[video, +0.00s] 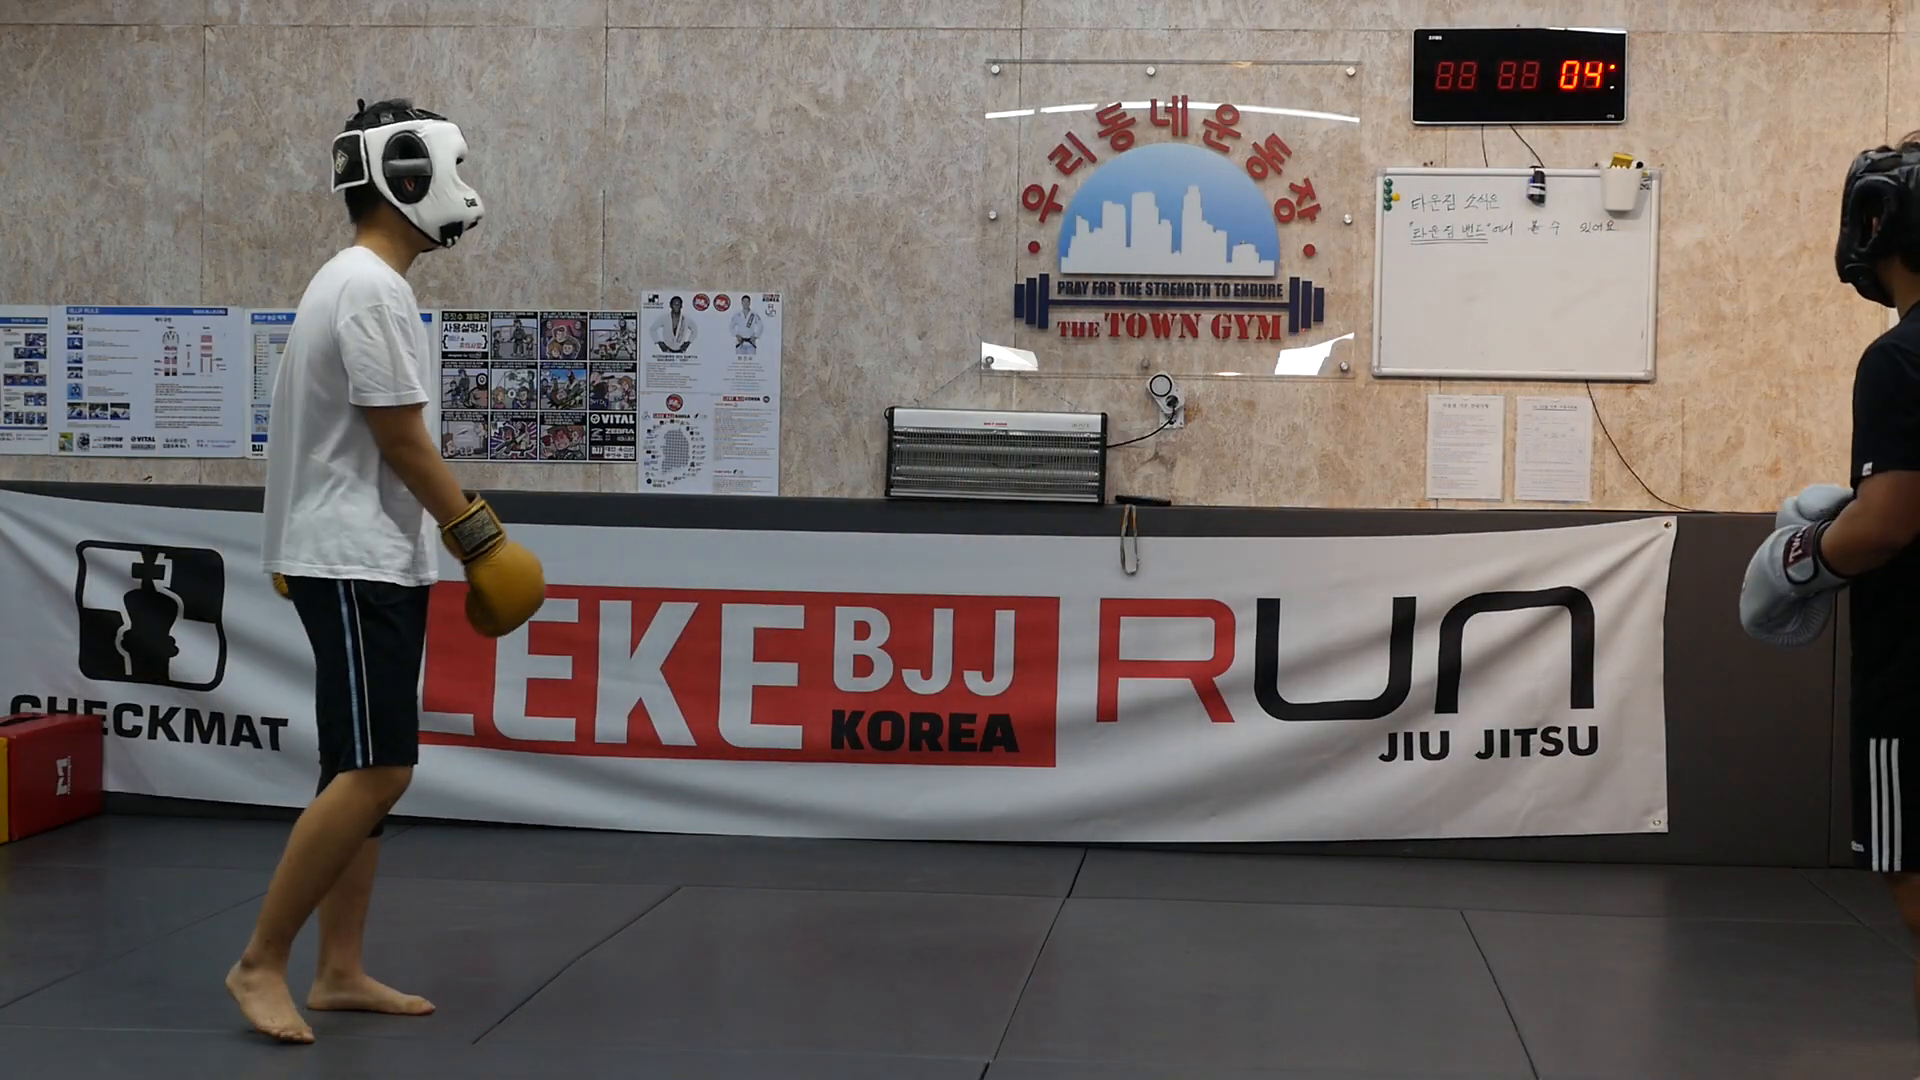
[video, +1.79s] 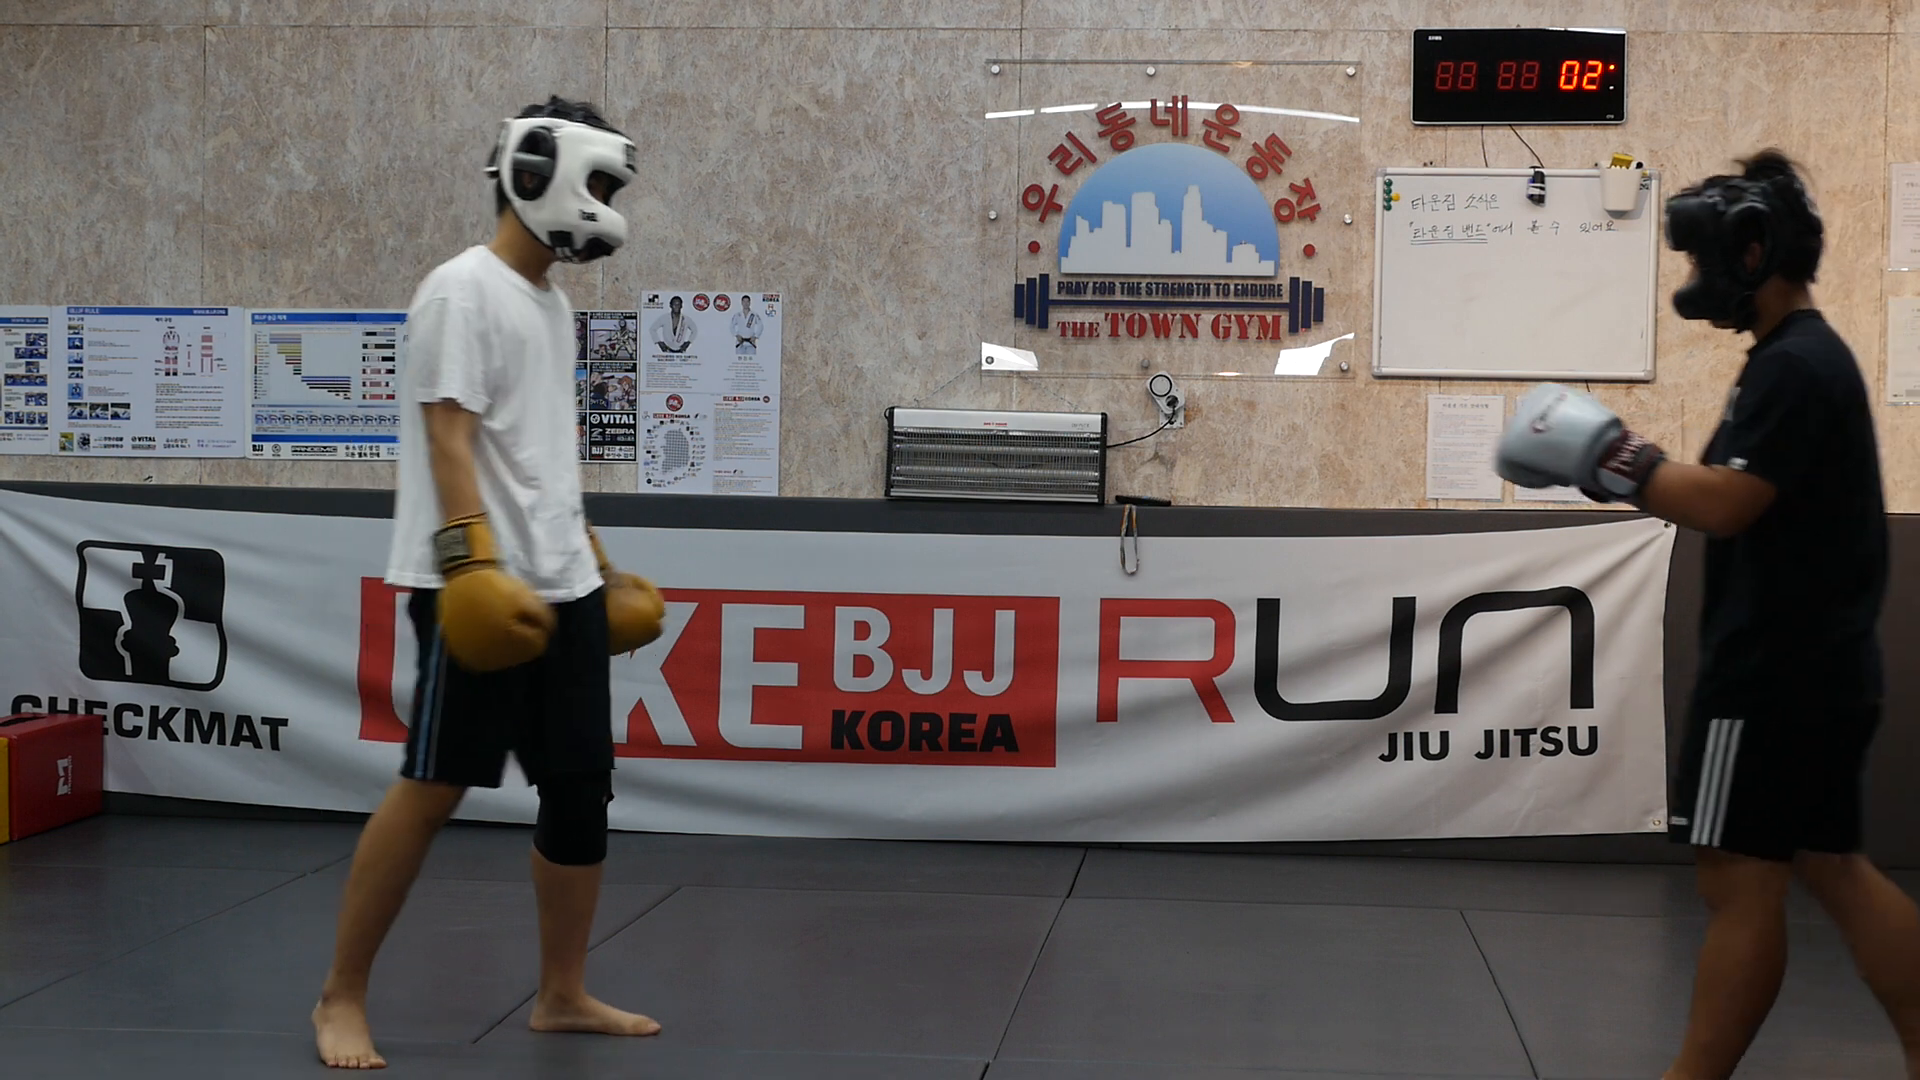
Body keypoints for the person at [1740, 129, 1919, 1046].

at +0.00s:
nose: (1861, 264)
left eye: (1863, 244)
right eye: (1863, 246)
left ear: (1883, 243)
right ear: (1912, 242)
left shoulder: (1898, 358)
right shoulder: (1904, 355)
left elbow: (1890, 515)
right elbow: (1903, 494)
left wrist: (1815, 554)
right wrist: (1848, 511)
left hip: (1908, 674)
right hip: (1909, 667)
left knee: (1910, 882)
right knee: (1905, 876)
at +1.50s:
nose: (1792, 268)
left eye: (1801, 248)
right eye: (1793, 249)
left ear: (1842, 249)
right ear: (1866, 249)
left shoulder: (1889, 350)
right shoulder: (1884, 344)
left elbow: (1881, 500)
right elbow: (1870, 497)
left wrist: (1764, 491)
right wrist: (1767, 497)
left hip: (1869, 653)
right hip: (1885, 647)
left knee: (1783, 847)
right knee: (1909, 850)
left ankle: (1769, 1065)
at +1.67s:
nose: (1743, 279)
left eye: (1753, 258)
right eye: (1743, 260)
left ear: (1801, 258)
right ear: (1813, 259)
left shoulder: (1843, 364)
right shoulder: (1847, 358)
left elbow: (1798, 505)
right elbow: (1798, 504)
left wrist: (1679, 473)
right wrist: (1696, 479)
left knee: (1771, 885)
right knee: (1903, 877)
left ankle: (1704, 1067)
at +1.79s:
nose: (1697, 276)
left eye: (1708, 257)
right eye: (1698, 257)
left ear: (1756, 259)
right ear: (1767, 260)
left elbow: (1729, 503)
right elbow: (1740, 498)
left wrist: (1617, 463)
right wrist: (1643, 467)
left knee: (1738, 882)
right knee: (1835, 866)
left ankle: (1696, 1071)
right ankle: (1919, 1048)